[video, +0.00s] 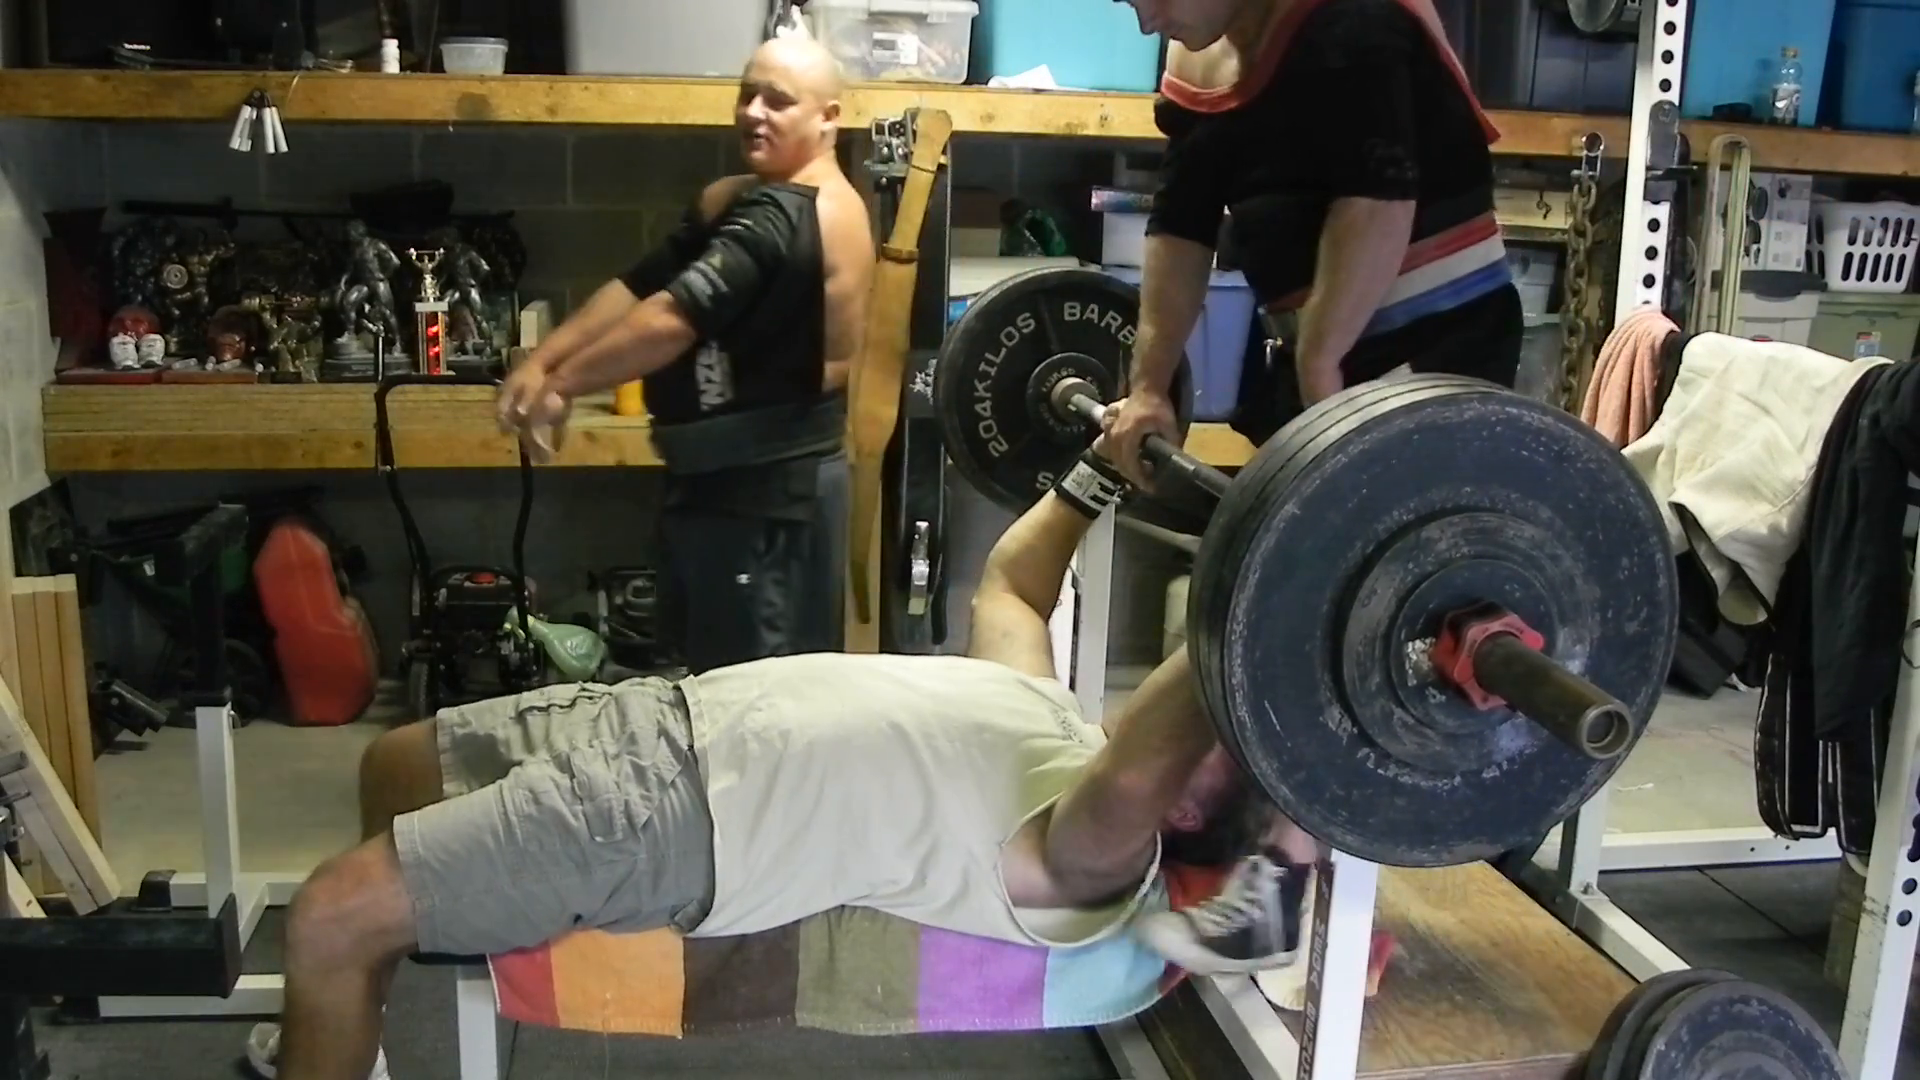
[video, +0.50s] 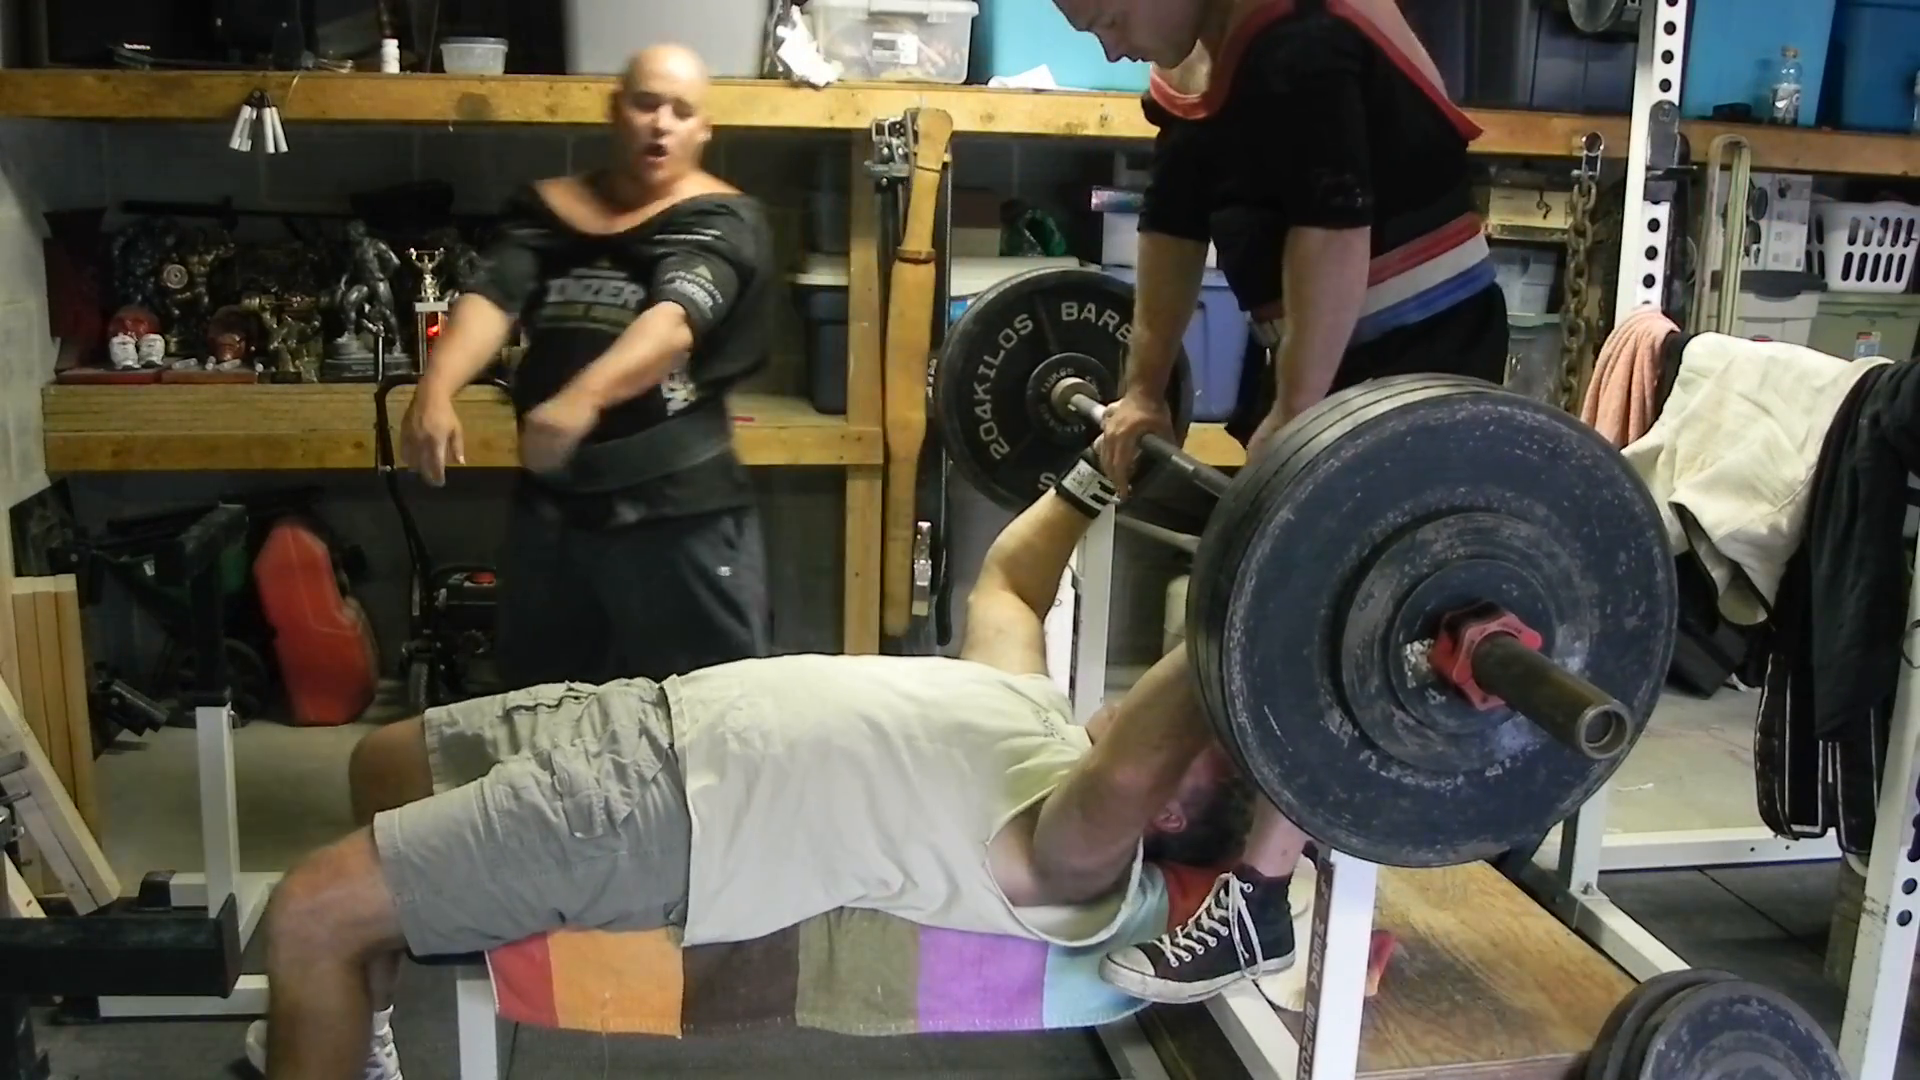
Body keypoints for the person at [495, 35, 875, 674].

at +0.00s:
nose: (753, 112)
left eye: (778, 100)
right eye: (749, 95)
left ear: (829, 118)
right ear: (737, 99)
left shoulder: (782, 213)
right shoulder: (743, 196)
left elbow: (678, 320)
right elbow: (641, 284)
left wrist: (562, 387)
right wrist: (540, 360)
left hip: (762, 494)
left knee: (748, 710)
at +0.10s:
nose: (741, 112)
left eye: (766, 99)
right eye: (735, 94)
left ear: (816, 115)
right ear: (723, 99)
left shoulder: (771, 209)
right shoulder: (719, 194)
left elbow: (666, 319)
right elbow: (621, 283)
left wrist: (550, 383)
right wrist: (524, 358)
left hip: (747, 498)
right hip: (693, 486)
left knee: (747, 717)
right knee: (670, 705)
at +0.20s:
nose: (730, 109)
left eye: (755, 98)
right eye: (723, 92)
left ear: (800, 116)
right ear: (707, 100)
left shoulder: (765, 210)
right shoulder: (691, 197)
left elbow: (658, 324)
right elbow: (597, 283)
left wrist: (542, 385)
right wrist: (507, 356)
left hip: (732, 496)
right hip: (659, 485)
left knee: (734, 714)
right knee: (637, 700)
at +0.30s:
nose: (715, 110)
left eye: (738, 99)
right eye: (705, 93)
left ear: (778, 117)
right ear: (686, 103)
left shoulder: (756, 213)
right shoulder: (646, 197)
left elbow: (659, 327)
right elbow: (566, 285)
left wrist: (539, 387)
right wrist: (479, 363)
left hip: (722, 507)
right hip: (629, 498)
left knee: (725, 724)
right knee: (606, 712)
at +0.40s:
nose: (693, 116)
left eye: (714, 104)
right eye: (679, 98)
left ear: (744, 122)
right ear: (654, 106)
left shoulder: (746, 212)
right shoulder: (600, 200)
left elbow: (671, 321)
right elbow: (529, 290)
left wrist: (549, 393)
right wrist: (452, 376)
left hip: (704, 509)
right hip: (587, 504)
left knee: (720, 726)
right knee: (568, 719)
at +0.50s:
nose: (661, 123)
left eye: (680, 110)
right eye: (646, 104)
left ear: (703, 128)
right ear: (615, 108)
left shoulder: (721, 216)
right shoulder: (548, 205)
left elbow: (676, 322)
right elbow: (491, 297)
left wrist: (581, 397)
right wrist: (435, 390)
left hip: (682, 518)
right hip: (554, 517)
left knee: (702, 731)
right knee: (546, 729)